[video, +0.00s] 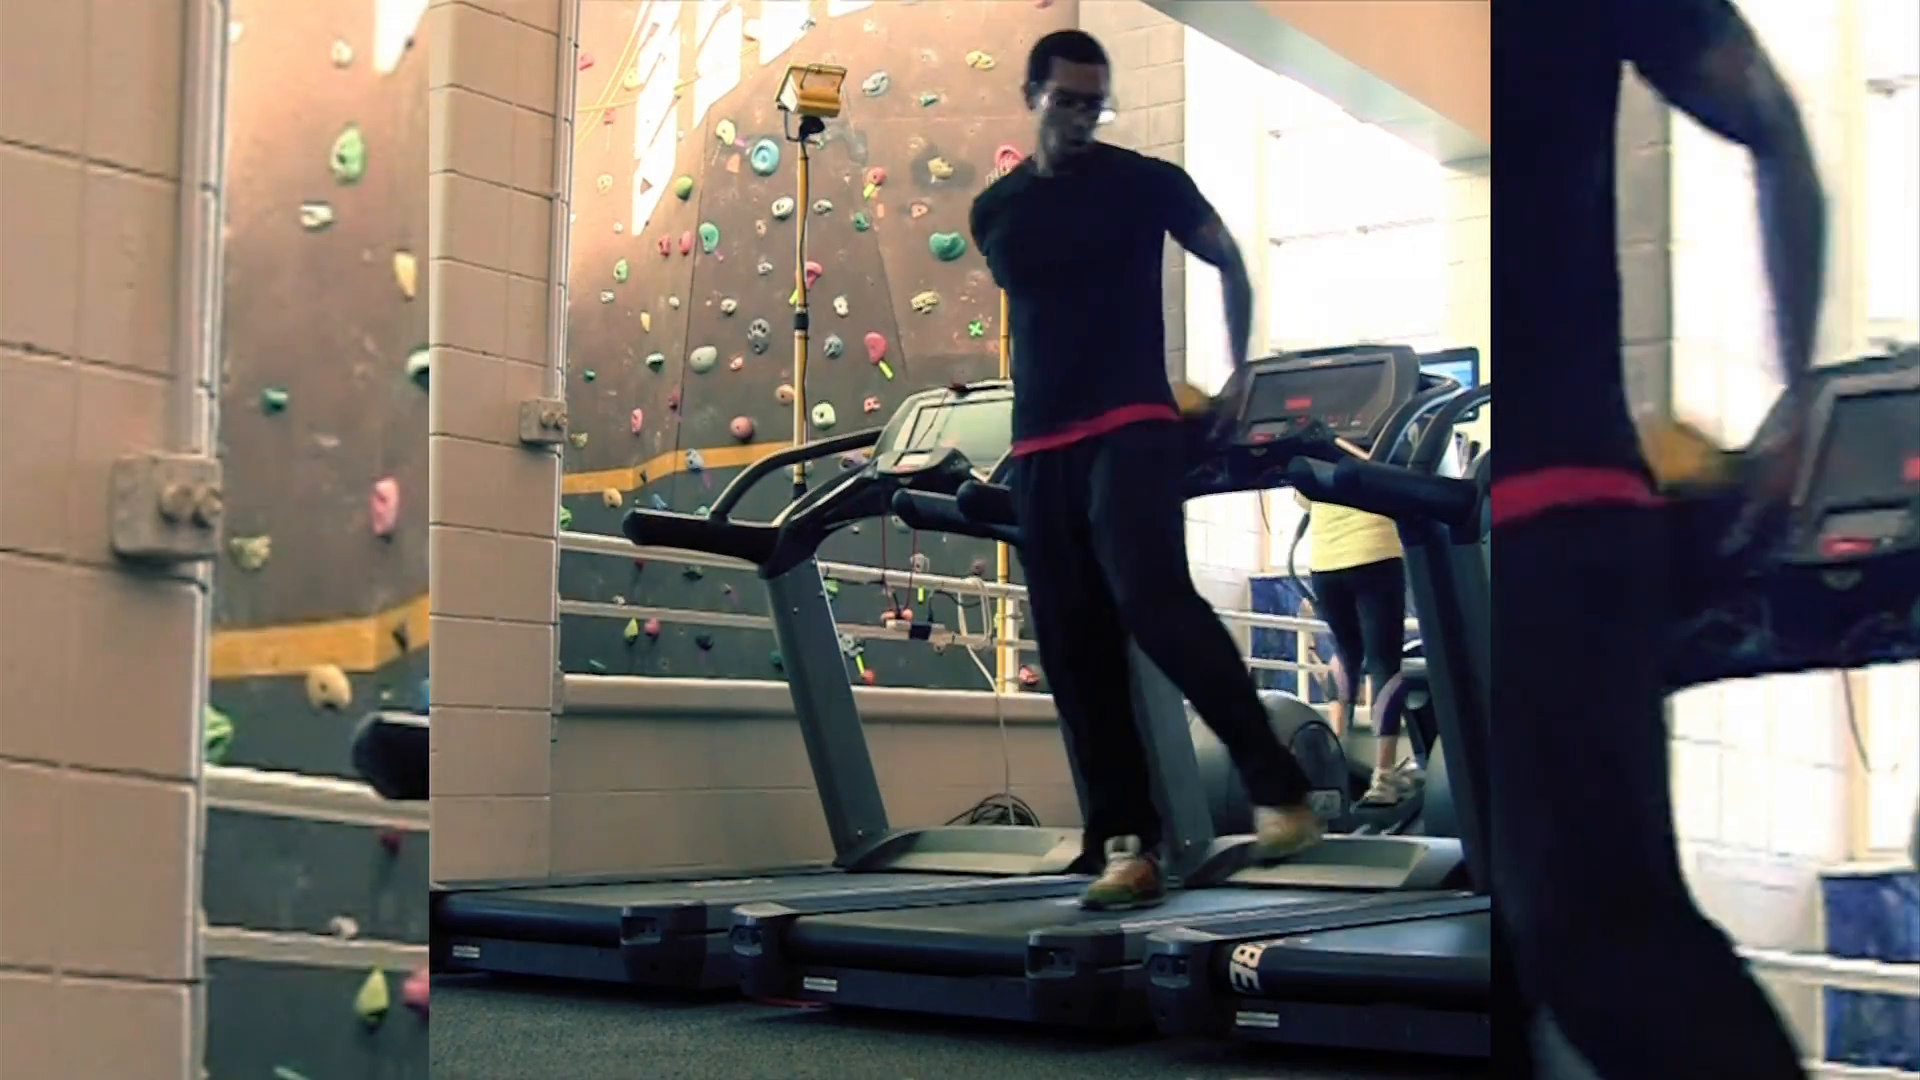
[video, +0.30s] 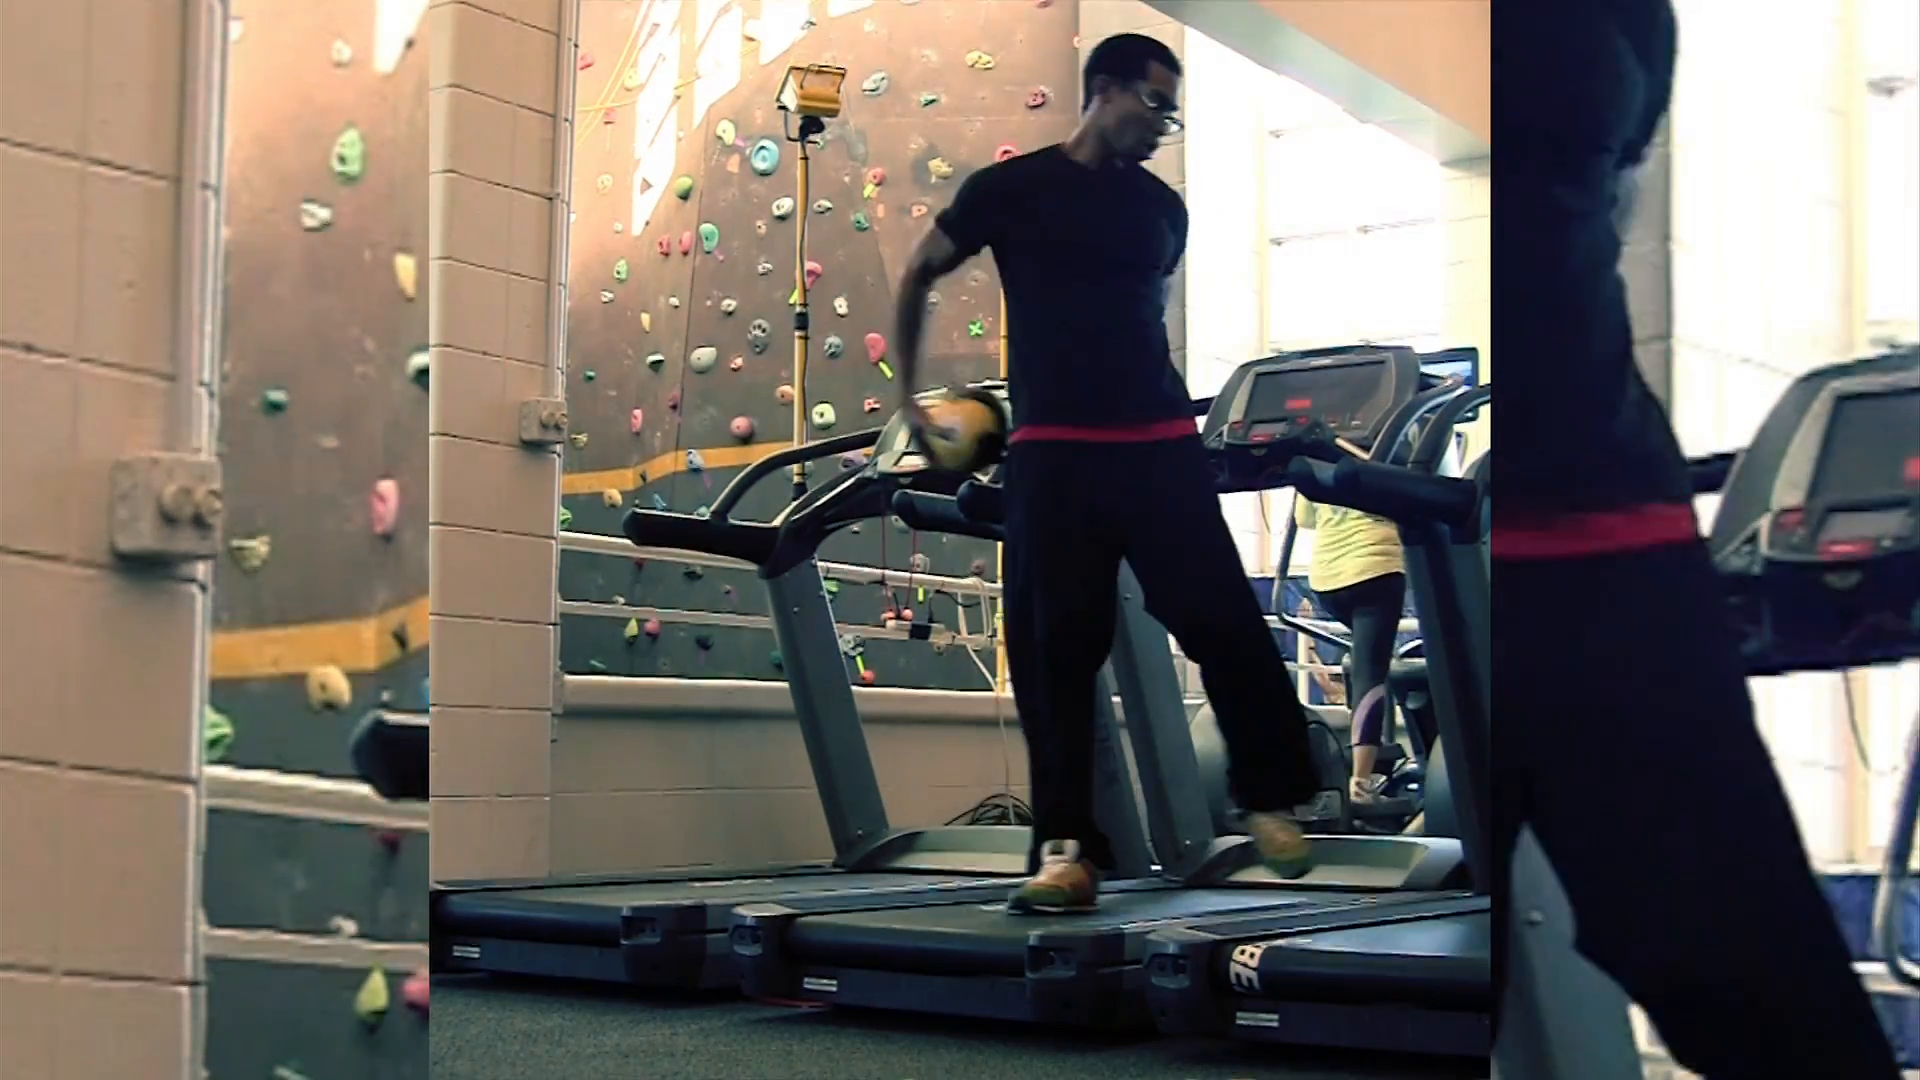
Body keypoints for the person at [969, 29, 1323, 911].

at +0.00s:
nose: (1083, 118)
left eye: (1095, 104)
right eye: (1068, 102)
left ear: (1108, 105)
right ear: (1030, 100)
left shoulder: (1149, 183)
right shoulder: (994, 210)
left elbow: (1230, 266)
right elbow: (1025, 310)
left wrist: (1241, 372)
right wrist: (1025, 425)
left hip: (1136, 427)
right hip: (1044, 445)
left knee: (1153, 603)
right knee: (1076, 653)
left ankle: (1283, 796)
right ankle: (1130, 845)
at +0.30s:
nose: (1164, 122)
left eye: (1171, 109)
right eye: (1154, 102)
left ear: (1158, 112)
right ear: (1100, 91)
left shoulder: (1161, 207)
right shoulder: (1008, 187)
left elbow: (1153, 324)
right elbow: (916, 278)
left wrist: (1173, 410)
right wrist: (909, 403)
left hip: (1161, 454)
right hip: (1054, 457)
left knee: (1230, 631)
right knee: (1053, 658)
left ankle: (1273, 810)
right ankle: (1064, 850)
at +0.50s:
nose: (1186, 136)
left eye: (1193, 124)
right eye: (1179, 115)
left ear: (1153, 113)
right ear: (1130, 98)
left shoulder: (1141, 214)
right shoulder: (1042, 168)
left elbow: (1110, 342)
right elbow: (913, 226)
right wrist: (890, 338)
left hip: (1156, 451)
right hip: (1067, 446)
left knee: (1224, 627)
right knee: (1051, 636)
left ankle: (1176, 825)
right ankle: (1034, 838)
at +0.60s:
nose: (1192, 146)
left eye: (1197, 133)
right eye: (1187, 125)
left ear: (1147, 113)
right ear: (1141, 104)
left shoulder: (1124, 207)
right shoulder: (1068, 158)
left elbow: (1080, 335)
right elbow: (946, 214)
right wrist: (960, 318)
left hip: (1142, 455)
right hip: (1071, 447)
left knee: (1200, 627)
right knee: (1057, 639)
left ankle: (1141, 835)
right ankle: (1023, 844)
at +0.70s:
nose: (1194, 159)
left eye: (1199, 146)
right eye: (1189, 139)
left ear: (1149, 128)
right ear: (1147, 120)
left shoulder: (1117, 209)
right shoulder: (1093, 162)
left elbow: (1041, 345)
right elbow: (1006, 205)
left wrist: (1028, 488)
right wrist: (1068, 287)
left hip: (1115, 451)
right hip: (1077, 441)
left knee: (1177, 638)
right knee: (1071, 639)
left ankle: (1108, 848)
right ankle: (998, 854)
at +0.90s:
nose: (1184, 199)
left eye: (1188, 186)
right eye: (1184, 181)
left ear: (1117, 160)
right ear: (1152, 154)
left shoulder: (1034, 242)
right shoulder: (1126, 192)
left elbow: (1003, 377)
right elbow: (1152, 242)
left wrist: (1023, 467)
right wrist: (1251, 323)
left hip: (1036, 467)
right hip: (1095, 455)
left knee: (1115, 662)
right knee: (1117, 654)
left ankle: (1068, 856)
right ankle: (982, 843)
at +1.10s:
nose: (1191, 213)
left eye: (1193, 203)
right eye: (1188, 199)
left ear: (1114, 180)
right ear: (1163, 180)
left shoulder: (1042, 246)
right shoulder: (1150, 206)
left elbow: (1015, 370)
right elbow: (1212, 278)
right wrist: (1290, 374)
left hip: (1015, 476)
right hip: (1095, 467)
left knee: (1055, 672)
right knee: (1151, 668)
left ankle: (1046, 850)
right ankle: (1043, 818)